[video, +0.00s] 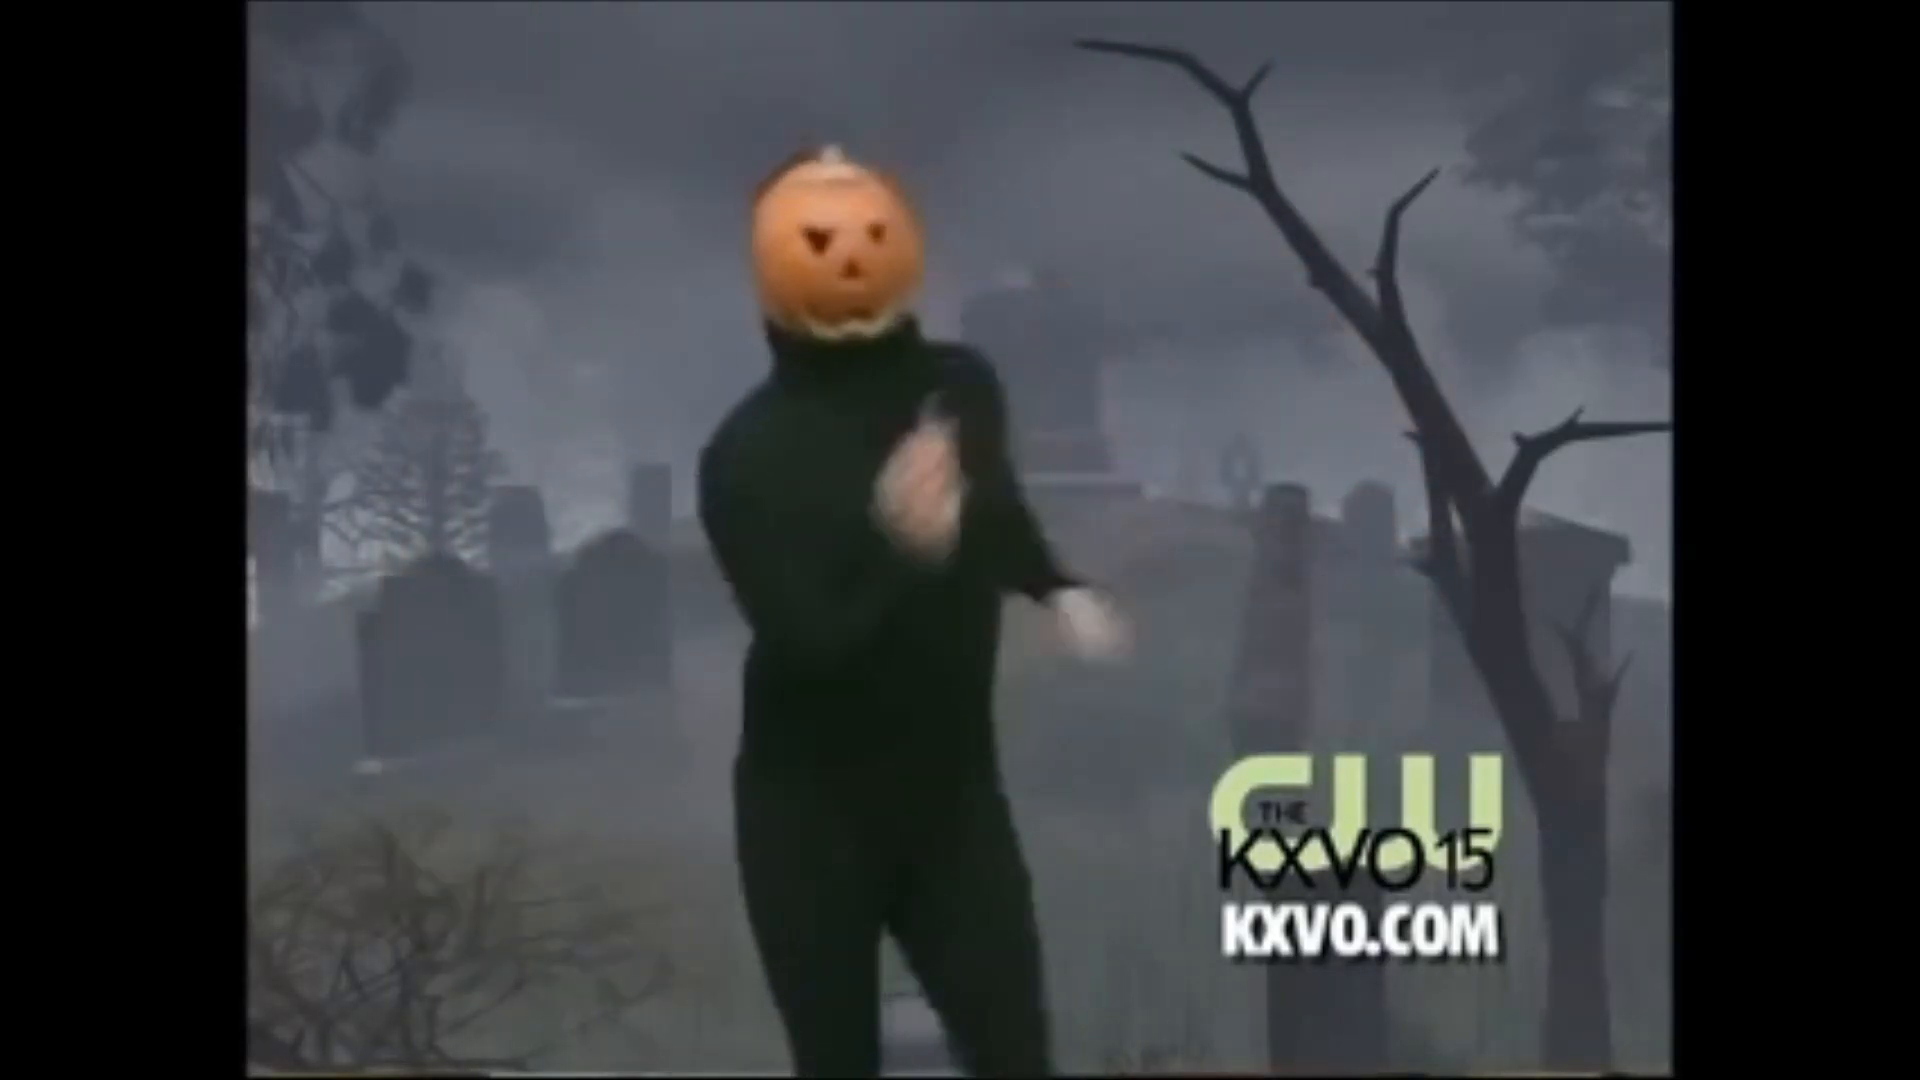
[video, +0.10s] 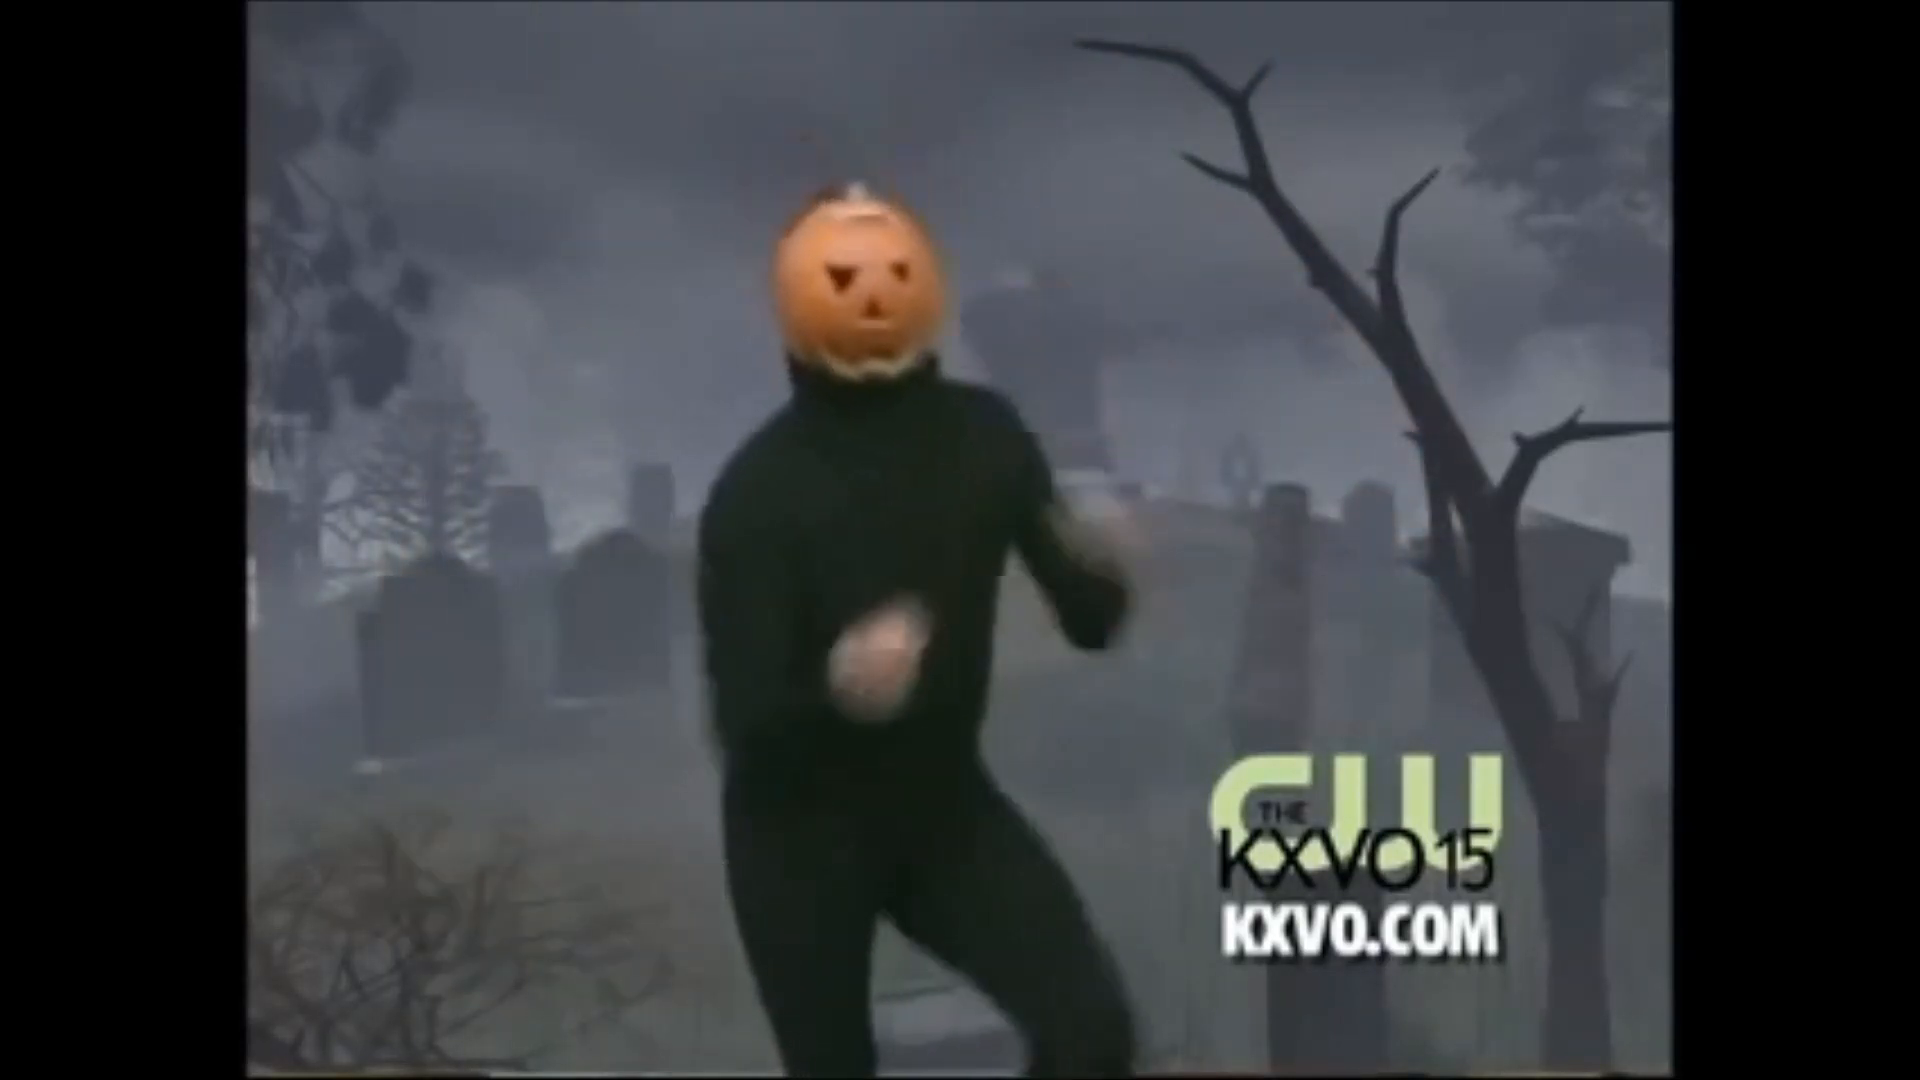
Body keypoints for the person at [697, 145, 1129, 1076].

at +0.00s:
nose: (850, 255)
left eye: (876, 231)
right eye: (816, 237)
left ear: (911, 253)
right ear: (769, 274)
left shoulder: (960, 387)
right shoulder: (749, 453)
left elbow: (995, 515)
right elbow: (809, 634)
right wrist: (898, 546)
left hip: (949, 791)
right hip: (810, 810)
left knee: (1013, 1052)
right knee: (837, 1060)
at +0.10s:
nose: (874, 297)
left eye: (897, 272)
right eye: (840, 276)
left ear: (934, 292)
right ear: (791, 304)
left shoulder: (983, 433)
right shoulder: (762, 484)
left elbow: (1088, 622)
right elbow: (746, 716)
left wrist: (1098, 569)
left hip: (940, 804)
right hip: (799, 824)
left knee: (1088, 1026)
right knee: (831, 1062)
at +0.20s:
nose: (900, 292)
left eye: (926, 267)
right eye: (868, 271)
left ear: (961, 291)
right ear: (816, 297)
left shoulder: (1014, 432)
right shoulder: (773, 468)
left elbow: (1139, 626)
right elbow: (674, 676)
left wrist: (1048, 490)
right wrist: (752, 707)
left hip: (952, 792)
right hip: (804, 812)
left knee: (1127, 971)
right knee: (821, 1062)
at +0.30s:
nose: (924, 195)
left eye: (950, 174)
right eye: (894, 172)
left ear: (985, 203)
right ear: (840, 203)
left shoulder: (1026, 366)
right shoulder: (762, 369)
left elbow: (1106, 581)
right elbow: (692, 538)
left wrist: (950, 510)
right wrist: (748, 662)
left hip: (988, 748)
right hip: (826, 762)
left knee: (1099, 1012)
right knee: (838, 1057)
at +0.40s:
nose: (949, 182)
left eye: (978, 160)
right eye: (920, 158)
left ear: (1017, 183)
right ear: (868, 177)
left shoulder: (1043, 344)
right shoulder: (802, 319)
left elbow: (1078, 582)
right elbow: (729, 515)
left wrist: (886, 541)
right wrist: (732, 691)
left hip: (1010, 754)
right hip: (851, 752)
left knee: (1027, 1050)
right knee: (862, 1053)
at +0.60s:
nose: (978, 250)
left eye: (1011, 229)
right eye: (951, 224)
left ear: (1054, 251)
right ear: (911, 235)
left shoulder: (1055, 399)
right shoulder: (929, 372)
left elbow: (1011, 608)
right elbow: (889, 544)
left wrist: (804, 508)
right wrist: (754, 638)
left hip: (1033, 796)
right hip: (913, 781)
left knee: (1022, 1060)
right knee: (755, 1031)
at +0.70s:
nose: (978, 287)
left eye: (1014, 265)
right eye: (953, 258)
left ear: (1058, 289)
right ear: (916, 264)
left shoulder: (1055, 443)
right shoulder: (958, 406)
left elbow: (911, 607)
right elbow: (923, 530)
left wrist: (782, 411)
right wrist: (834, 565)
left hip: (1055, 828)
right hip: (929, 801)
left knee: (1035, 1061)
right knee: (677, 947)